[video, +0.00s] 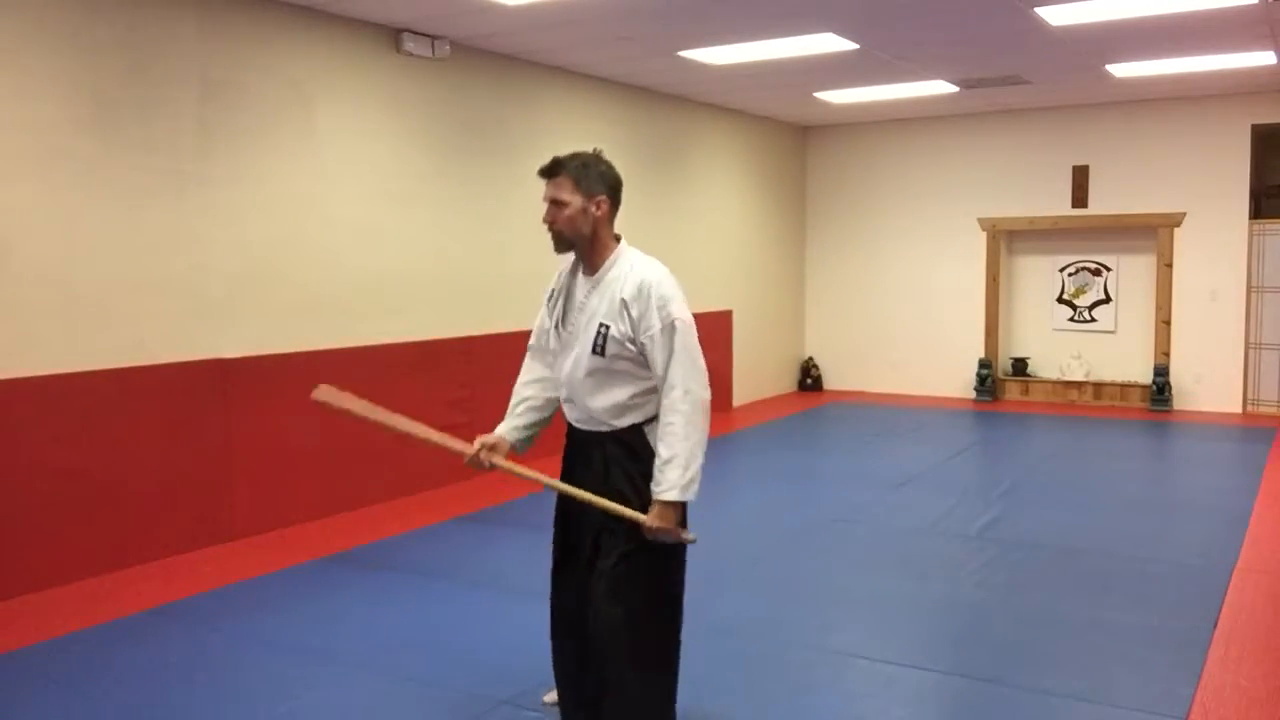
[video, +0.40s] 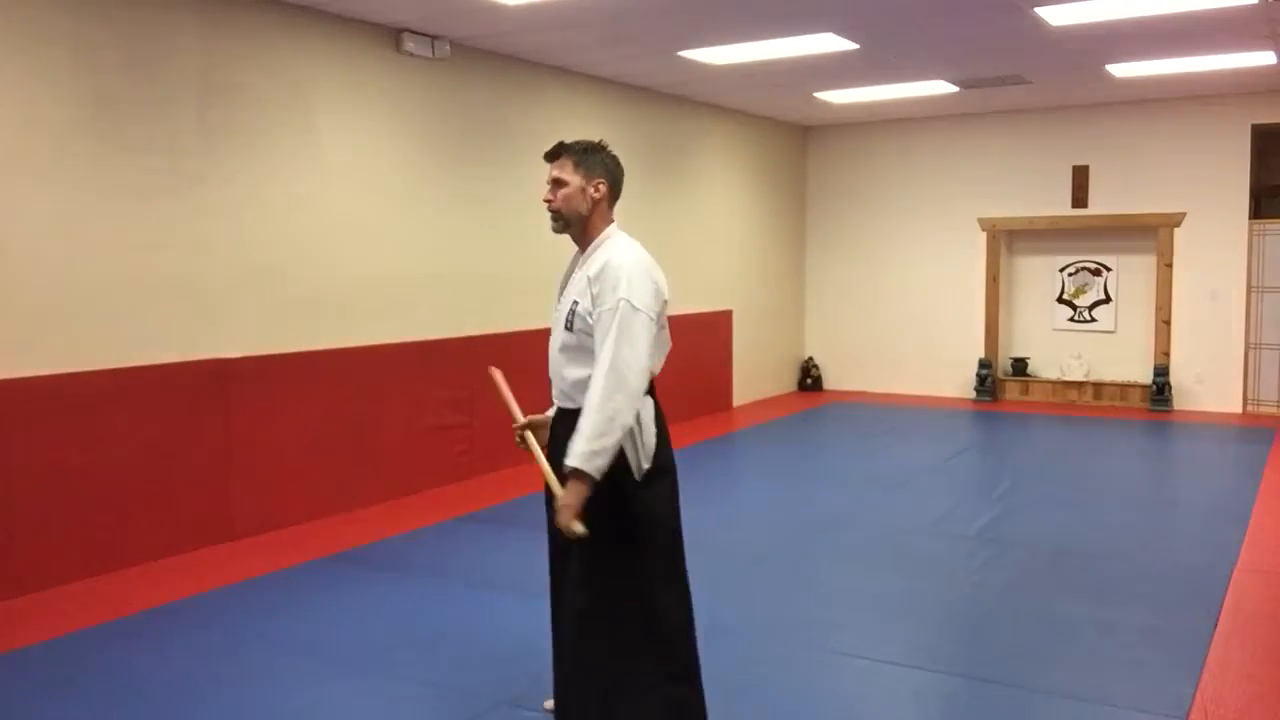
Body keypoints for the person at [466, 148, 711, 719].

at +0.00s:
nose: (545, 217)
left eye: (557, 205)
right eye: (545, 204)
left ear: (600, 208)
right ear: (587, 209)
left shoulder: (649, 284)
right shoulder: (566, 280)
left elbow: (688, 391)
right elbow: (543, 367)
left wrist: (670, 495)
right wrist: (508, 434)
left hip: (635, 458)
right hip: (581, 453)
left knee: (631, 613)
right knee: (575, 602)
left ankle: (633, 712)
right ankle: (582, 703)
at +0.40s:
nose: (547, 195)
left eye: (558, 184)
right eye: (547, 184)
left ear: (597, 191)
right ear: (588, 194)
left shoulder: (625, 268)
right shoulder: (588, 263)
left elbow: (622, 383)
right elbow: (597, 368)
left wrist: (581, 478)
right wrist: (554, 416)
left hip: (621, 449)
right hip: (586, 439)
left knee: (625, 600)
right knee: (589, 594)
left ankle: (632, 706)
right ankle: (587, 699)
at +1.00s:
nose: (515, 202)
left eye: (525, 190)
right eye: (514, 192)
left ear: (562, 194)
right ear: (552, 198)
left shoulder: (581, 259)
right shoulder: (558, 259)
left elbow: (582, 360)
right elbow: (554, 353)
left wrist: (521, 423)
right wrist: (506, 374)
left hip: (586, 437)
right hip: (559, 433)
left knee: (578, 586)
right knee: (552, 585)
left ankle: (582, 707)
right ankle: (554, 705)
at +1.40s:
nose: (483, 203)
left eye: (494, 192)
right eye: (483, 192)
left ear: (529, 199)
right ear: (513, 201)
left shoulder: (548, 264)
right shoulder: (522, 261)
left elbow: (552, 371)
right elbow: (503, 325)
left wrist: (491, 423)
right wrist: (437, 309)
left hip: (556, 430)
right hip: (526, 427)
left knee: (542, 562)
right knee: (522, 560)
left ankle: (540, 697)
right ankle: (528, 693)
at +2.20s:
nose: (469, 213)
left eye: (478, 203)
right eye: (465, 204)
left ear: (512, 206)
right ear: (469, 211)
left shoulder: (549, 270)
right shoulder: (484, 267)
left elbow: (564, 363)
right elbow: (476, 327)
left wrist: (537, 435)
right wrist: (456, 356)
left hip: (541, 415)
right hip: (495, 407)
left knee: (525, 544)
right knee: (486, 534)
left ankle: (518, 682)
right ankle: (495, 651)